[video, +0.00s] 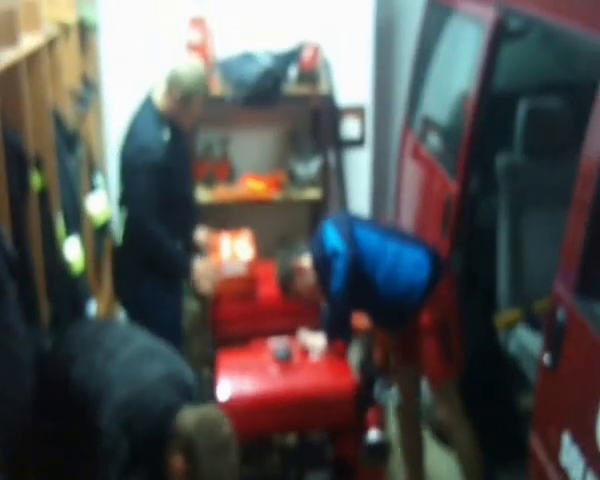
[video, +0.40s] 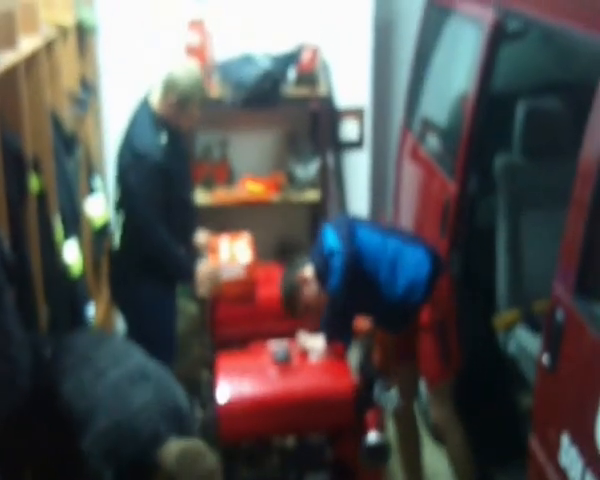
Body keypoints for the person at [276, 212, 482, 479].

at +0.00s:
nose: (310, 296)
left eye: (303, 292)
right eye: (304, 296)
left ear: (300, 268)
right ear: (303, 269)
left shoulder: (332, 229)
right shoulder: (331, 282)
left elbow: (339, 283)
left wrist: (328, 335)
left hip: (429, 293)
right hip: (396, 314)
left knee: (445, 398)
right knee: (406, 401)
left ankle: (473, 472)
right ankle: (414, 474)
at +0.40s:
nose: (316, 312)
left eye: (310, 307)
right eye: (310, 312)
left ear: (306, 282)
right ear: (308, 281)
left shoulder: (334, 234)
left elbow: (339, 284)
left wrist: (326, 337)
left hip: (430, 292)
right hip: (396, 313)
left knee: (440, 412)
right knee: (401, 407)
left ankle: (466, 473)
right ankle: (413, 474)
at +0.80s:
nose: (318, 273)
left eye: (313, 268)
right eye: (313, 272)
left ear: (312, 243)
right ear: (314, 242)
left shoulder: (345, 207)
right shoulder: (339, 239)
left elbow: (353, 267)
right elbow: (372, 288)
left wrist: (330, 330)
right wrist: (373, 337)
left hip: (428, 298)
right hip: (402, 308)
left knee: (432, 396)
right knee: (408, 399)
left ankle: (446, 472)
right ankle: (414, 471)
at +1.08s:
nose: (323, 249)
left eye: (318, 243)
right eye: (316, 248)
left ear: (318, 219)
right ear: (317, 217)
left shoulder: (359, 191)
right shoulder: (346, 209)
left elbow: (363, 262)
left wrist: (330, 327)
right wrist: (333, 328)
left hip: (427, 296)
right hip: (409, 300)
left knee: (425, 399)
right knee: (418, 397)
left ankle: (432, 470)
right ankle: (424, 469)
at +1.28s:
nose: (337, 228)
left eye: (333, 221)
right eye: (330, 226)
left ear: (340, 194)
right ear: (341, 191)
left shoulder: (380, 185)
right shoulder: (366, 186)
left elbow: (371, 266)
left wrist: (329, 318)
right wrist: (332, 313)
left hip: (433, 308)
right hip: (413, 307)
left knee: (435, 403)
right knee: (418, 402)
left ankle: (439, 472)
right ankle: (419, 472)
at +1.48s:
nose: (345, 220)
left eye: (344, 213)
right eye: (339, 219)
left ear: (351, 182)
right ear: (350, 179)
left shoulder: (390, 178)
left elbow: (374, 262)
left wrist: (328, 310)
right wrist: (388, 284)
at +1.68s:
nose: (355, 207)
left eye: (354, 199)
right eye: (348, 205)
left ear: (360, 171)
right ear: (359, 168)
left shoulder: (398, 169)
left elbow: (376, 250)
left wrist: (330, 300)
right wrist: (390, 271)